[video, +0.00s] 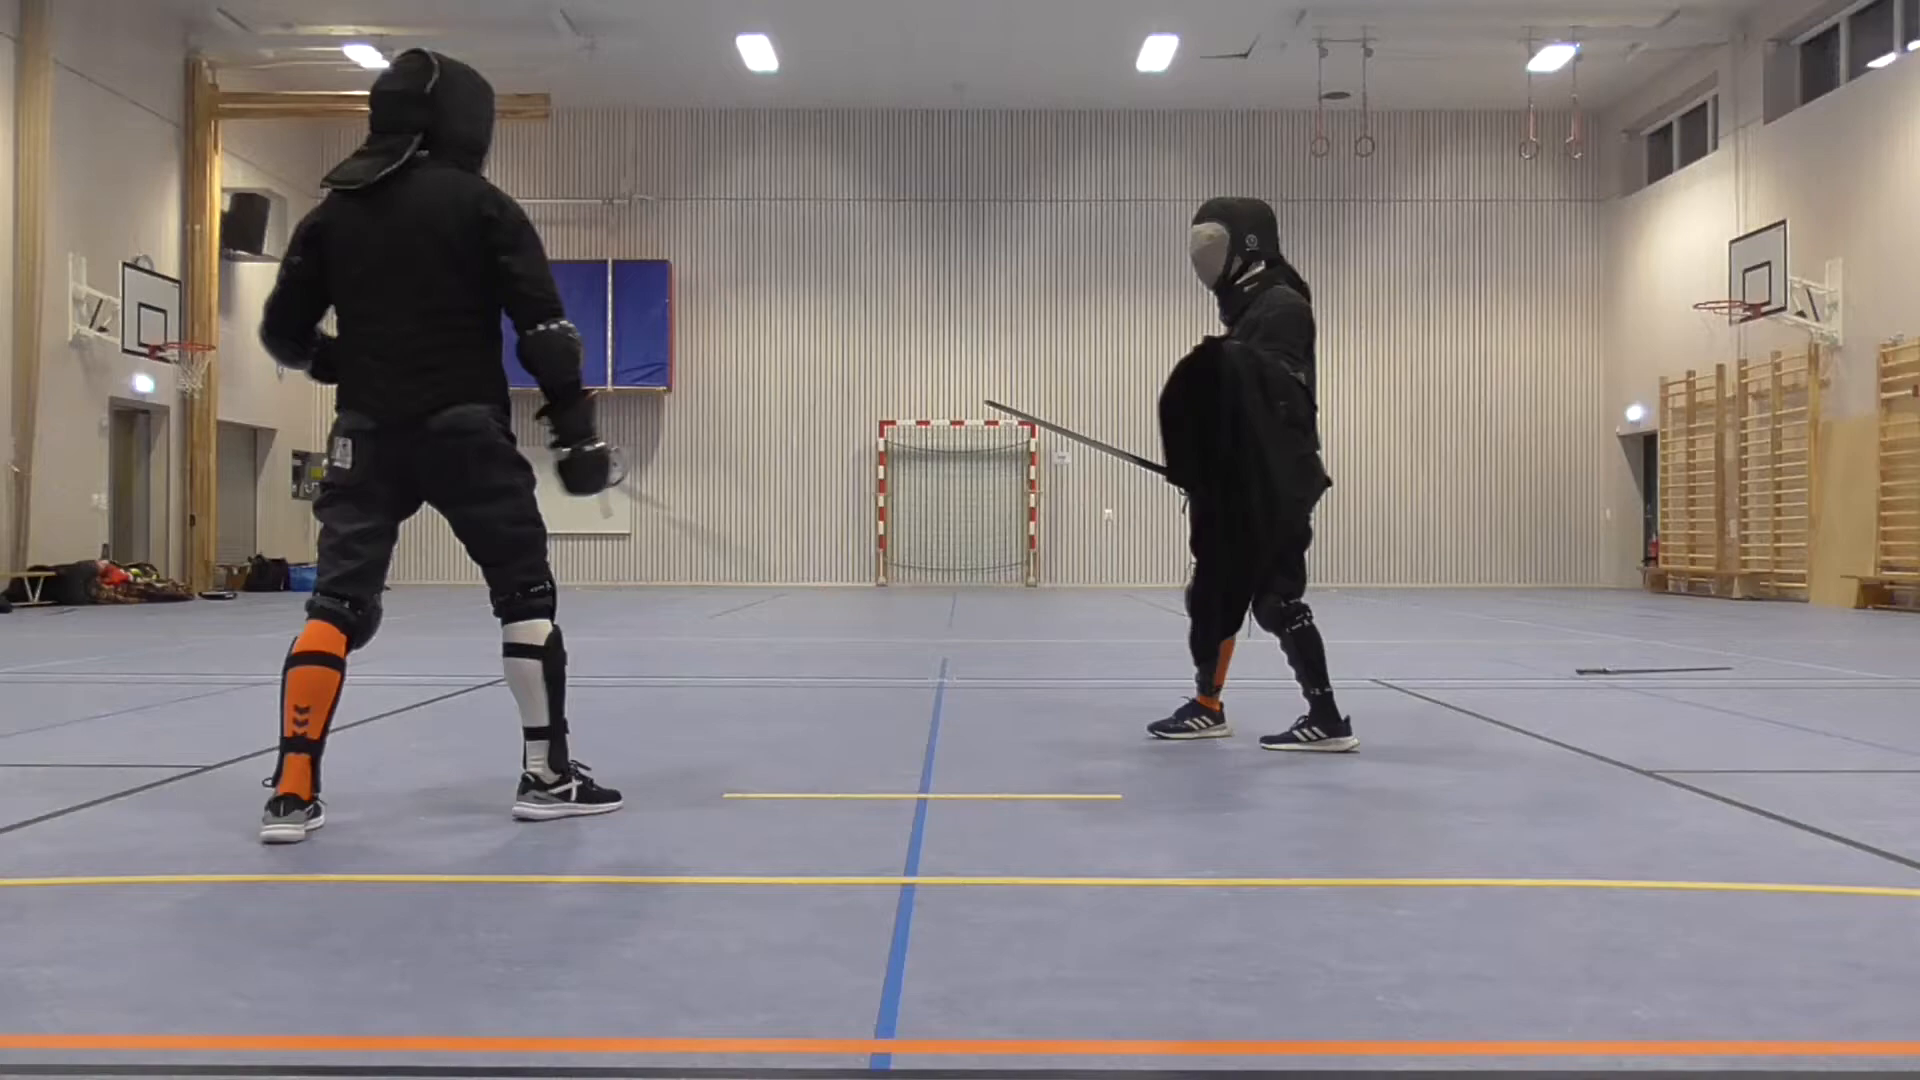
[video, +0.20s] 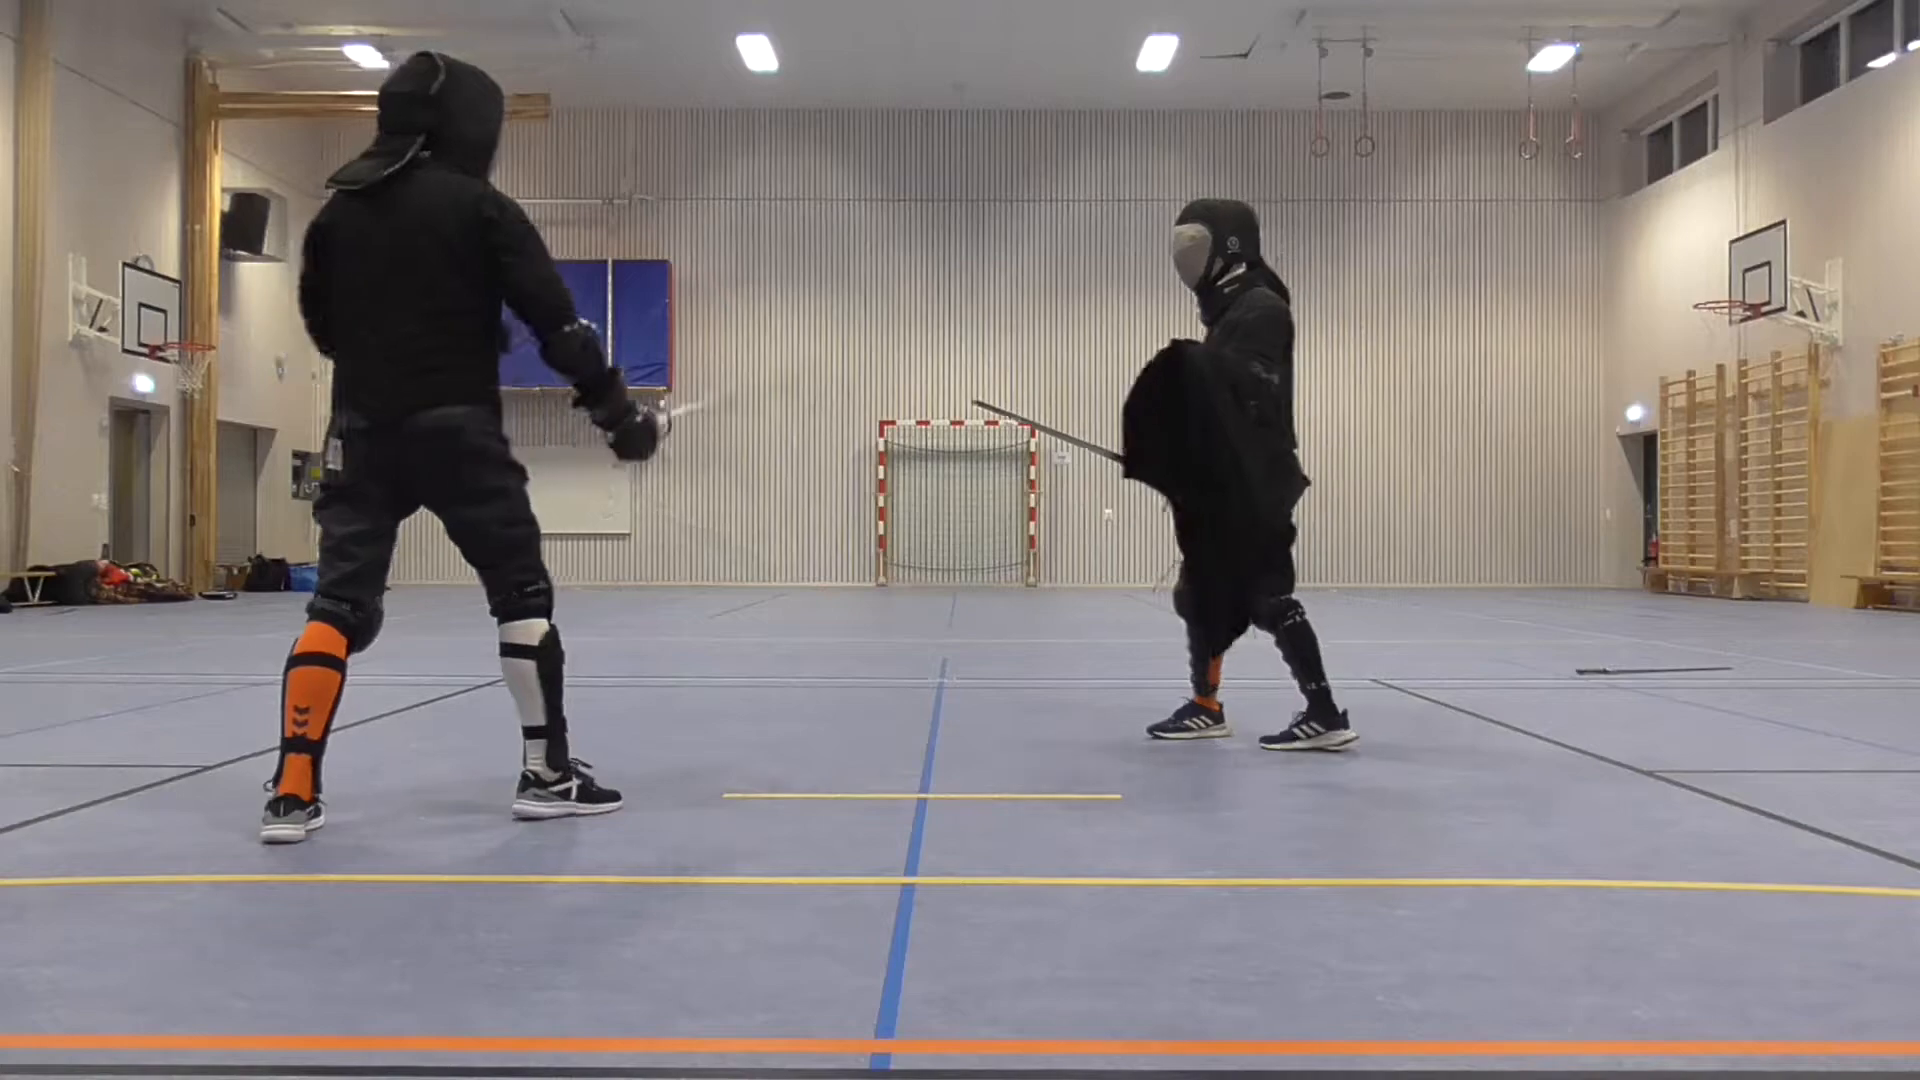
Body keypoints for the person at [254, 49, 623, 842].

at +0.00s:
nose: (485, 138)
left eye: (484, 124)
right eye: (480, 123)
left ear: (391, 121)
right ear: (456, 123)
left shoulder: (337, 211)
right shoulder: (481, 206)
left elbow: (283, 333)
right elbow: (546, 329)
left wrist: (357, 364)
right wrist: (577, 432)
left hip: (365, 437)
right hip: (470, 435)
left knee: (337, 599)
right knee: (524, 592)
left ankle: (292, 788)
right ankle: (547, 767)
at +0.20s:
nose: (492, 142)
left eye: (490, 127)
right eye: (487, 127)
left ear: (398, 122)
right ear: (463, 127)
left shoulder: (339, 210)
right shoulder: (479, 206)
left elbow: (323, 325)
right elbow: (557, 322)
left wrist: (398, 353)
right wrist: (615, 406)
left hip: (362, 437)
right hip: (459, 432)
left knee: (338, 601)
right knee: (518, 587)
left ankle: (293, 788)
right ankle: (547, 765)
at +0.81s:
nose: (530, 154)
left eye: (531, 138)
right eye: (525, 138)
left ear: (453, 129)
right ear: (497, 136)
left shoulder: (391, 207)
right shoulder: (484, 216)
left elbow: (417, 332)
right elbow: (499, 353)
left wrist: (522, 326)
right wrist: (546, 446)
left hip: (368, 432)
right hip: (459, 435)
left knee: (344, 603)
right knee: (526, 592)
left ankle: (294, 786)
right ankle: (546, 767)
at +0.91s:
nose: (521, 149)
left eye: (521, 135)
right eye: (515, 134)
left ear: (435, 128)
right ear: (491, 134)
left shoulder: (372, 215)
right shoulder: (492, 214)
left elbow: (373, 326)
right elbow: (524, 344)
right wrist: (554, 445)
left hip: (373, 435)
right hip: (471, 435)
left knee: (345, 600)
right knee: (526, 592)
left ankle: (301, 782)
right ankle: (545, 766)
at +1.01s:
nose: (507, 145)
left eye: (507, 131)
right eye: (502, 131)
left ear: (417, 124)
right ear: (481, 129)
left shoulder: (362, 206)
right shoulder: (495, 213)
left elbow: (339, 314)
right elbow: (531, 343)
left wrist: (395, 367)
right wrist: (556, 442)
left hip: (371, 430)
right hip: (475, 430)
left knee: (345, 594)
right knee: (523, 590)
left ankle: (310, 785)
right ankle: (545, 767)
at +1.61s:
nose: (467, 149)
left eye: (464, 136)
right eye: (463, 136)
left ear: (373, 132)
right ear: (443, 134)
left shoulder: (319, 220)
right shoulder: (457, 217)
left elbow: (289, 358)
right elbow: (514, 342)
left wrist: (361, 382)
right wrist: (548, 430)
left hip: (349, 444)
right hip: (451, 441)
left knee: (333, 602)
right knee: (512, 588)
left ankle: (309, 790)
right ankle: (544, 759)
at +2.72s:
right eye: (852, 263)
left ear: (794, 285)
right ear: (849, 273)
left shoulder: (795, 345)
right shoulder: (892, 330)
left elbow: (740, 409)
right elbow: (956, 365)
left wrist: (742, 462)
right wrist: (987, 350)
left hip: (828, 495)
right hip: (892, 491)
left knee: (888, 596)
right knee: (856, 632)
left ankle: (877, 723)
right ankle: (755, 706)